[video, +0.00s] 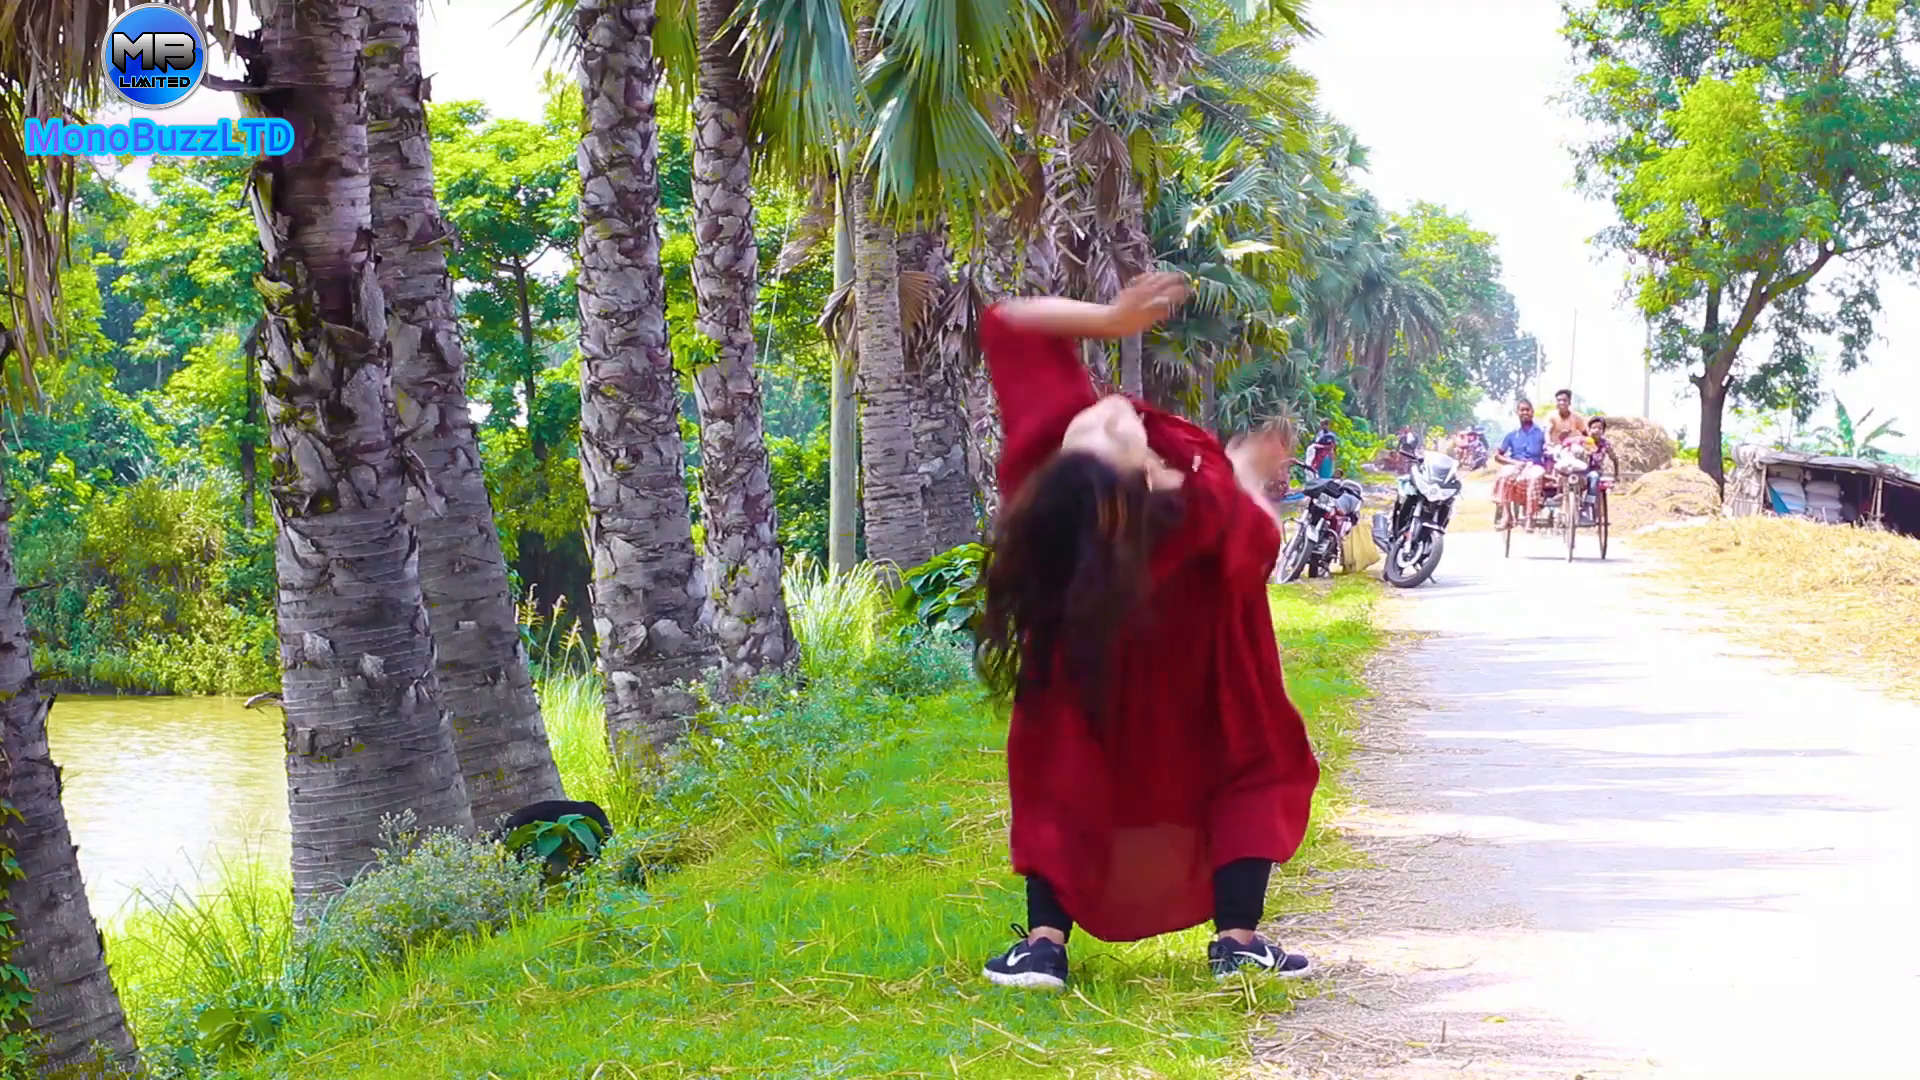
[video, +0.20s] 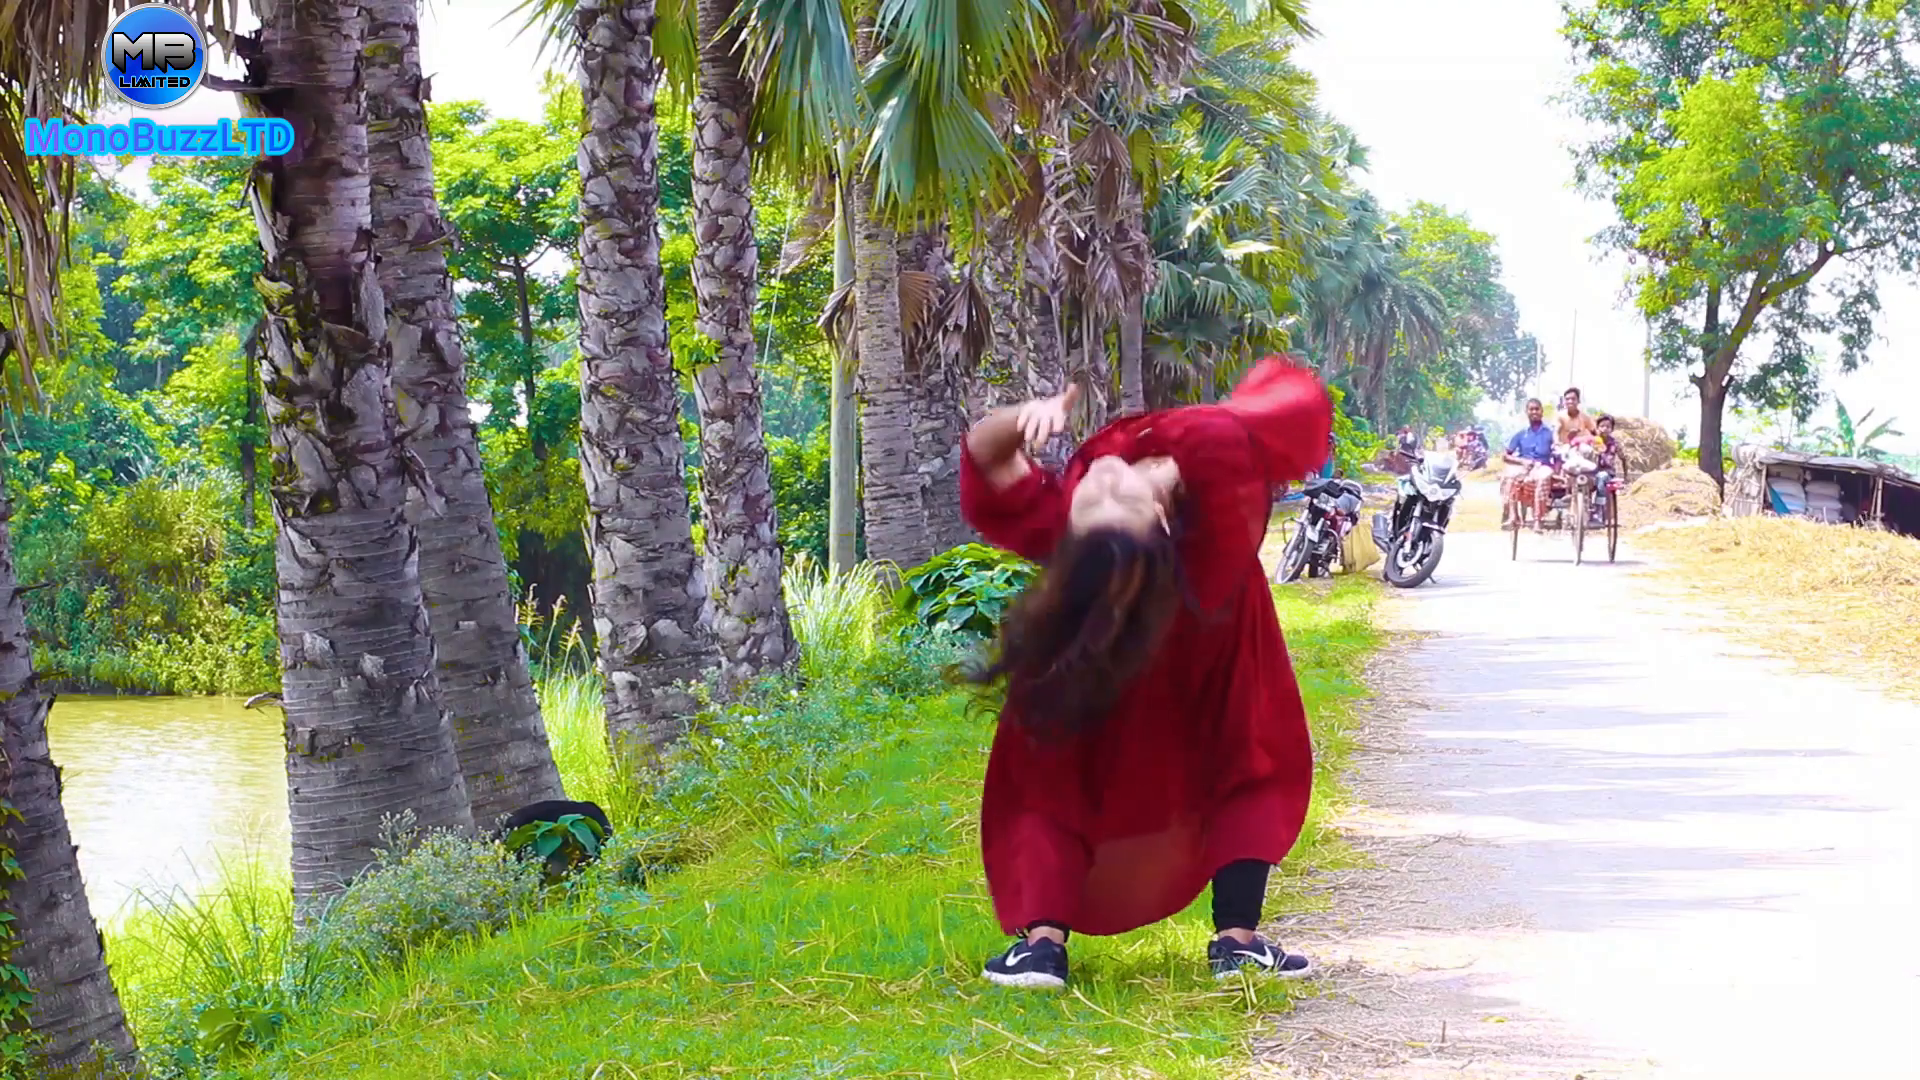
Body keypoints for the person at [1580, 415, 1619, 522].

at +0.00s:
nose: (1596, 431)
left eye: (1599, 428)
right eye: (1593, 427)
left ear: (1603, 431)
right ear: (1588, 430)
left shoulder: (1604, 444)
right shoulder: (1584, 442)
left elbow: (1614, 459)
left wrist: (1616, 475)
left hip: (1594, 469)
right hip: (1580, 469)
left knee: (1593, 476)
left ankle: (1589, 504)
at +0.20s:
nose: (1604, 429)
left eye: (1608, 426)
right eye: (1602, 426)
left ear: (1611, 429)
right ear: (1597, 428)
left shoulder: (1613, 443)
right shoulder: (1593, 441)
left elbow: (1623, 458)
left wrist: (1625, 476)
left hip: (1607, 470)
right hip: (1592, 469)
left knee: (1601, 476)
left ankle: (1599, 508)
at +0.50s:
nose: (1618, 429)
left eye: (1621, 426)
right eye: (1615, 425)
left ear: (1625, 428)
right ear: (1611, 427)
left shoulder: (1627, 443)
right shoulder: (1606, 440)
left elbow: (1637, 459)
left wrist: (1640, 476)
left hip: (1619, 470)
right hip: (1604, 469)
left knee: (1616, 479)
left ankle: (1613, 511)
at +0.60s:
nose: (1623, 428)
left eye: (1626, 425)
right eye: (1620, 425)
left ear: (1630, 428)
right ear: (1615, 426)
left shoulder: (1632, 443)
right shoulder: (1610, 440)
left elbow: (1642, 459)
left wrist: (1645, 478)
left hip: (1623, 471)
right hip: (1607, 471)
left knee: (1620, 479)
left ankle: (1618, 513)